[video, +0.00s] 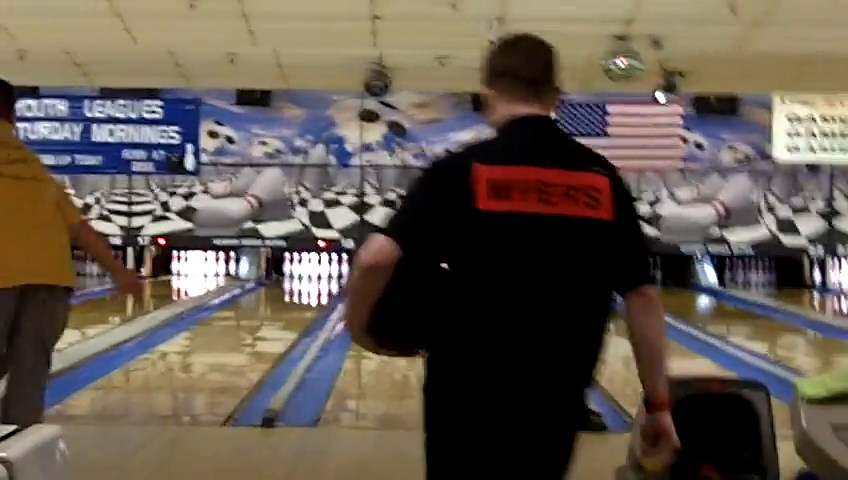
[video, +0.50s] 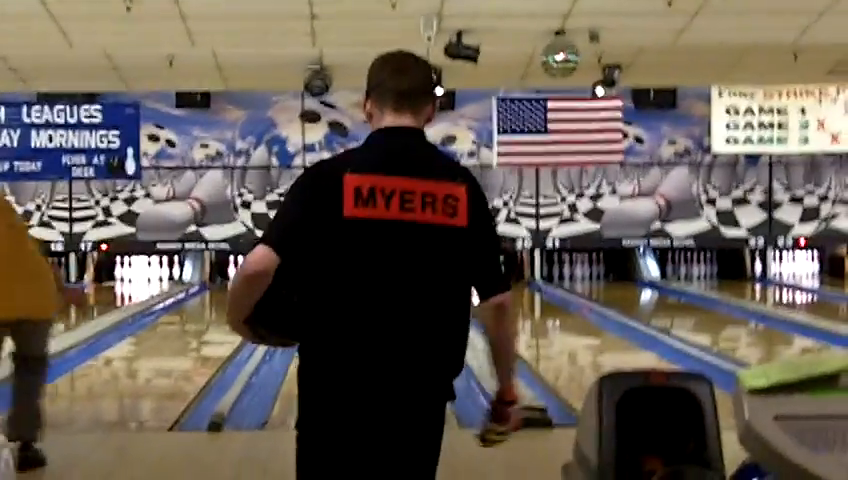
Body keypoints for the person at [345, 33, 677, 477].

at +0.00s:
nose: (489, 103)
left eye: (487, 95)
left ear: (488, 97)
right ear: (555, 98)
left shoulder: (457, 171)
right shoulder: (603, 179)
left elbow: (374, 258)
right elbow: (643, 296)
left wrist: (357, 325)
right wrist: (658, 404)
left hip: (464, 399)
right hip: (555, 405)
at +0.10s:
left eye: (457, 99)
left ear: (461, 104)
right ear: (519, 103)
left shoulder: (426, 180)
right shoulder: (567, 185)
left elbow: (352, 265)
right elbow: (619, 297)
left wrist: (337, 329)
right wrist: (647, 392)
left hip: (444, 397)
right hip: (530, 400)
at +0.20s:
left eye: (406, 115)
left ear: (410, 117)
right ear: (476, 113)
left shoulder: (379, 185)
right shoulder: (523, 188)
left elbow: (304, 270)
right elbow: (575, 294)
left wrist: (288, 339)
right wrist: (608, 390)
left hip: (394, 401)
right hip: (482, 403)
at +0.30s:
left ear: (389, 125)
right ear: (455, 122)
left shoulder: (355, 196)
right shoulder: (497, 200)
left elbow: (285, 277)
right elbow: (548, 305)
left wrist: (264, 342)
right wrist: (581, 399)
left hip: (369, 404)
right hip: (454, 407)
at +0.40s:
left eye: (376, 117)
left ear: (377, 120)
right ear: (442, 121)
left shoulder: (339, 190)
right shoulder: (477, 198)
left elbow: (272, 275)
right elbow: (522, 308)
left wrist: (248, 337)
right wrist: (545, 394)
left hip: (349, 396)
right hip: (433, 400)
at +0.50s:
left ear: (367, 106)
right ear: (432, 109)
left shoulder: (325, 177)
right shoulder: (461, 187)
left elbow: (256, 267)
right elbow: (497, 301)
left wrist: (240, 319)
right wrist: (506, 383)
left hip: (333, 392)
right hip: (419, 397)